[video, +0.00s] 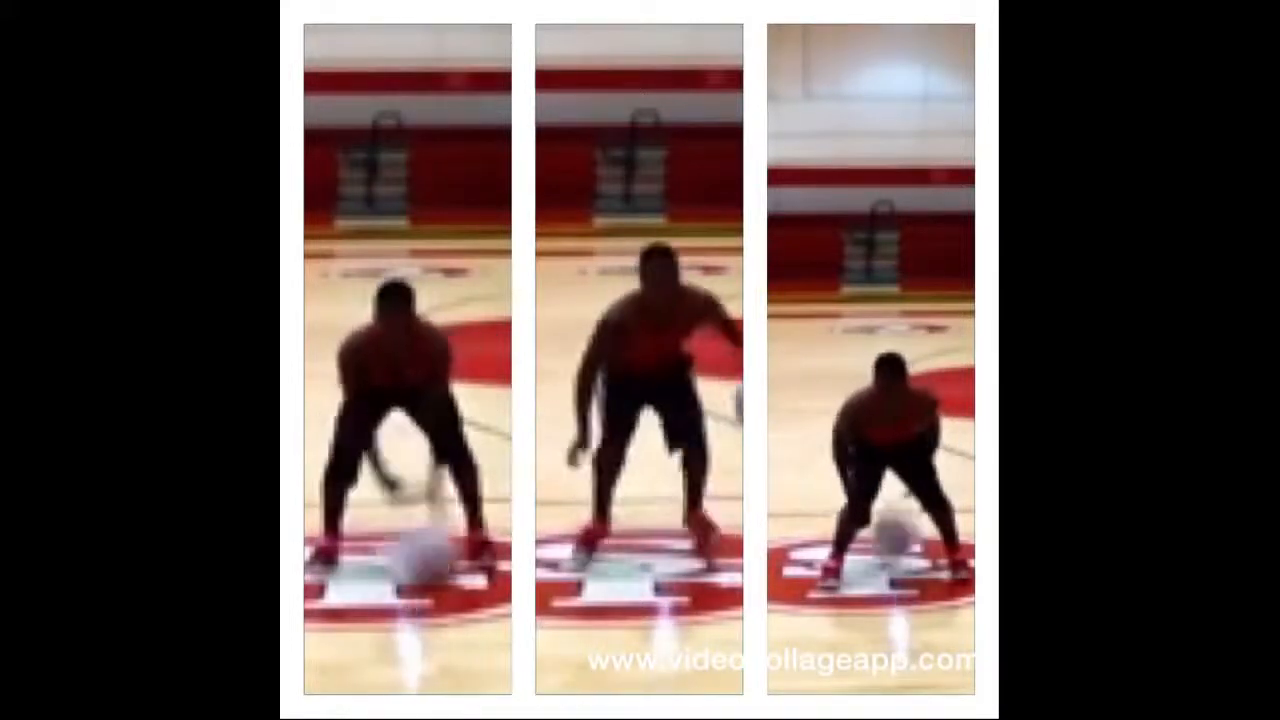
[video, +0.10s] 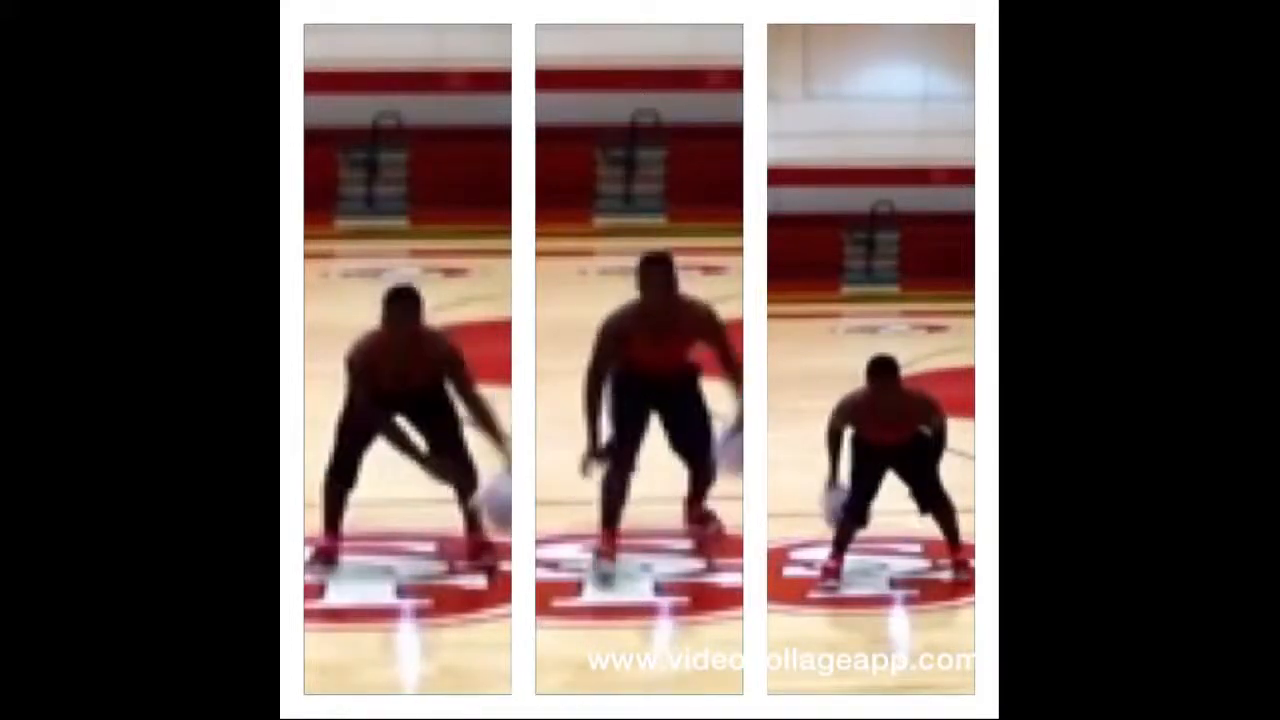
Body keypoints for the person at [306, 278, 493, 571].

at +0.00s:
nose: (395, 330)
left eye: (402, 319)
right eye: (388, 320)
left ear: (413, 315)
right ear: (377, 316)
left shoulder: (433, 344)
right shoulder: (356, 350)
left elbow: (440, 417)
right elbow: (361, 425)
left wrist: (435, 478)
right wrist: (381, 472)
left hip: (423, 392)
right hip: (370, 396)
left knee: (460, 458)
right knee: (339, 469)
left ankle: (477, 533)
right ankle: (330, 540)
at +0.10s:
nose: (403, 332)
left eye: (410, 322)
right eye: (396, 323)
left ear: (420, 319)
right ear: (385, 320)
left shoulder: (438, 347)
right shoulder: (364, 356)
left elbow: (471, 398)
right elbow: (381, 420)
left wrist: (502, 442)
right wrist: (425, 462)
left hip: (424, 398)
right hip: (372, 400)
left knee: (460, 465)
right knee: (339, 472)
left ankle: (475, 536)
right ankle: (330, 540)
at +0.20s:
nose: (412, 330)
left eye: (419, 321)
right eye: (404, 321)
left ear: (429, 318)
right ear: (394, 319)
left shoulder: (443, 346)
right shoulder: (376, 353)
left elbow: (485, 388)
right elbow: (381, 420)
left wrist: (515, 422)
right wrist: (428, 462)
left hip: (425, 397)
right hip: (376, 399)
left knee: (460, 465)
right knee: (343, 472)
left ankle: (475, 536)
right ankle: (331, 541)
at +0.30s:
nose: (413, 323)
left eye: (419, 313)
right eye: (407, 314)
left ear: (430, 311)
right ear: (397, 313)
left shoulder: (454, 347)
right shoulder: (378, 348)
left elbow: (465, 412)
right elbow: (377, 426)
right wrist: (400, 482)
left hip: (431, 394)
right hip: (380, 395)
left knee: (464, 462)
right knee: (347, 466)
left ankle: (476, 538)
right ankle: (330, 541)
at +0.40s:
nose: (408, 324)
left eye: (415, 315)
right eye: (402, 315)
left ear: (426, 312)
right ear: (392, 313)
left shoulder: (450, 345)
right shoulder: (372, 348)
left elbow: (438, 414)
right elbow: (351, 410)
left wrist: (401, 455)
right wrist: (342, 459)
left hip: (431, 396)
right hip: (379, 396)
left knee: (463, 462)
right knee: (350, 460)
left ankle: (475, 534)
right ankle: (328, 540)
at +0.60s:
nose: (403, 323)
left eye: (409, 313)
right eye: (395, 313)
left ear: (421, 310)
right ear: (385, 311)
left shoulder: (441, 343)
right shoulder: (362, 347)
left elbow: (443, 410)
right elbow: (358, 410)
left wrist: (427, 468)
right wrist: (364, 462)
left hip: (425, 397)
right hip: (374, 397)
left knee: (458, 464)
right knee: (342, 467)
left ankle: (475, 534)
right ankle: (331, 539)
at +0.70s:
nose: (406, 323)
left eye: (414, 314)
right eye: (400, 314)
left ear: (424, 313)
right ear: (390, 314)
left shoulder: (443, 344)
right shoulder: (370, 350)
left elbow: (471, 397)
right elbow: (386, 421)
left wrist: (496, 441)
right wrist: (426, 465)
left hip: (426, 396)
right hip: (375, 398)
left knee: (458, 463)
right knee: (341, 468)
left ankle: (477, 538)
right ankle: (330, 541)